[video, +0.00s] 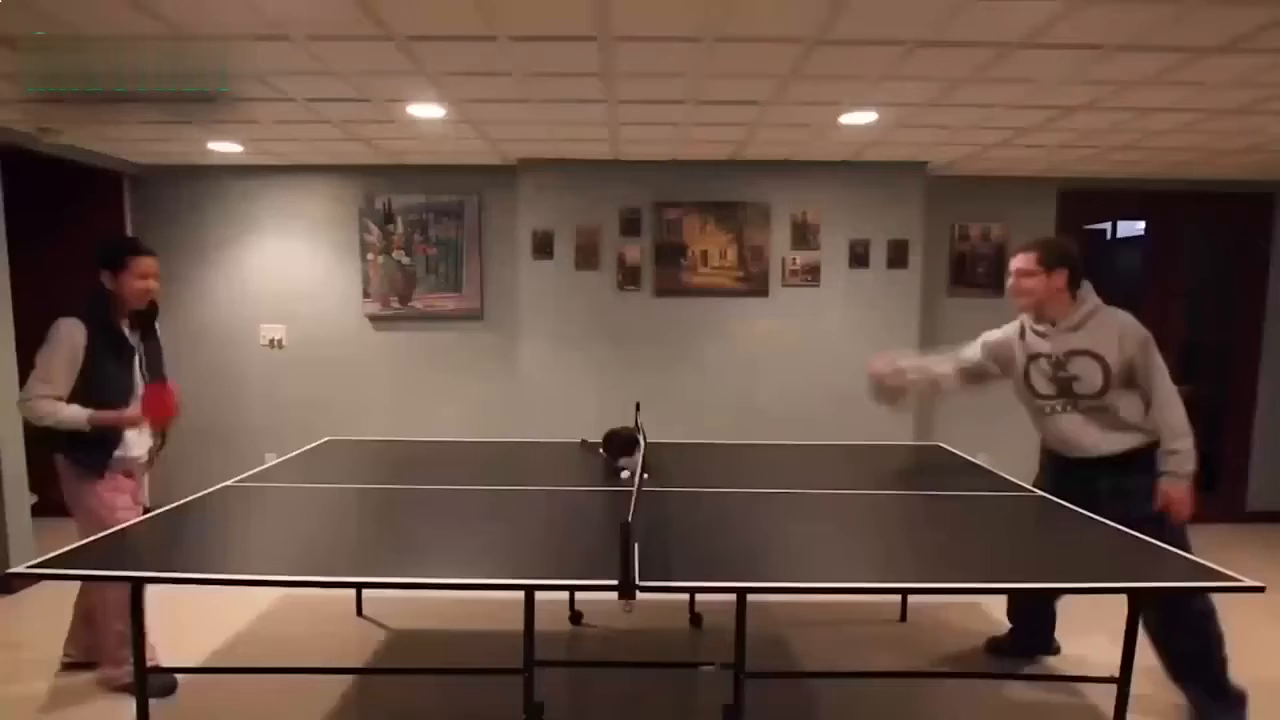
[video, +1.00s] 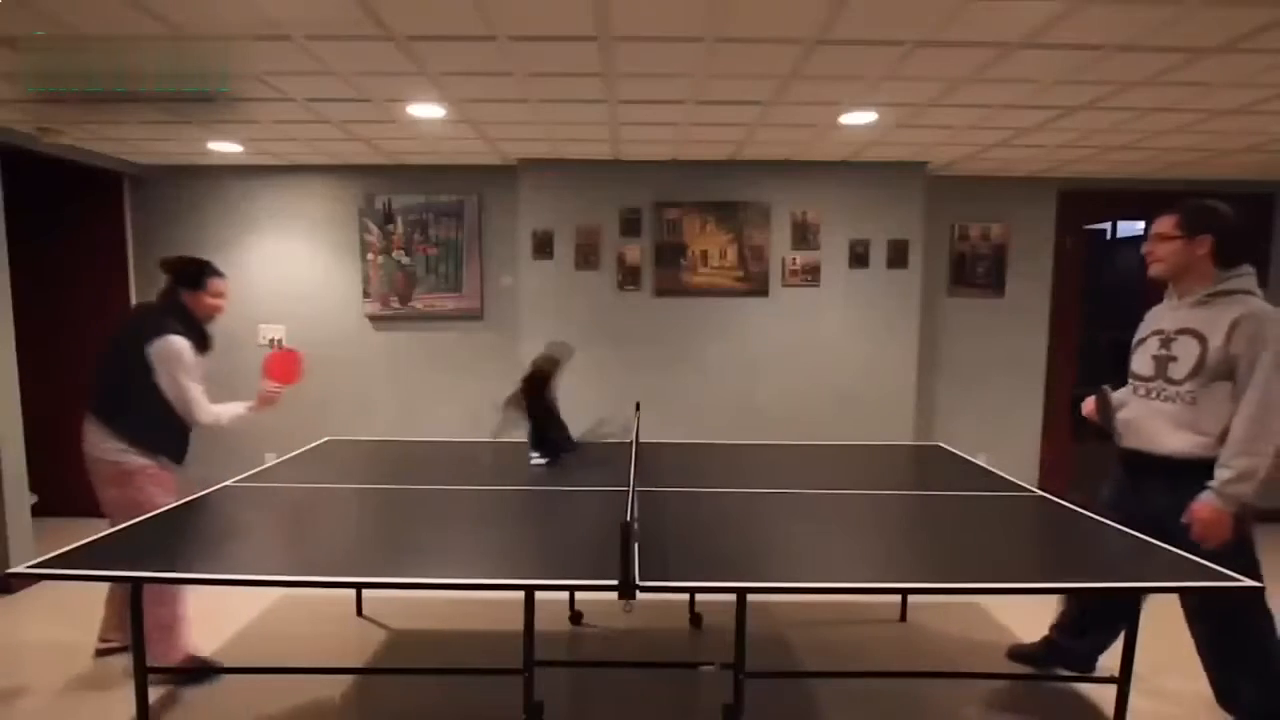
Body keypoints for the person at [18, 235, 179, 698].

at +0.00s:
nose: (152, 288)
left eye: (155, 278)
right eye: (142, 278)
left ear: (156, 282)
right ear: (110, 280)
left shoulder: (145, 333)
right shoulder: (75, 331)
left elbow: (149, 400)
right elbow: (34, 404)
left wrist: (160, 416)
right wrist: (112, 418)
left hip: (134, 466)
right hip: (90, 469)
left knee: (114, 554)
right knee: (127, 554)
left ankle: (83, 647)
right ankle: (124, 667)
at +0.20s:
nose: (168, 296)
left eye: (170, 286)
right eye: (161, 285)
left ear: (161, 288)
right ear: (130, 284)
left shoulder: (155, 335)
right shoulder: (91, 330)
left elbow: (155, 396)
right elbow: (51, 401)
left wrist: (187, 398)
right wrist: (132, 410)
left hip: (147, 463)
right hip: (104, 465)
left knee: (125, 553)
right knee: (156, 543)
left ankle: (86, 650)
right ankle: (187, 659)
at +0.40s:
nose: (238, 316)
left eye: (241, 306)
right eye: (231, 304)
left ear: (220, 306)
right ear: (205, 301)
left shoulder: (203, 346)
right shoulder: (164, 343)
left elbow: (194, 410)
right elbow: (170, 411)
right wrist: (249, 416)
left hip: (181, 475)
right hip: (145, 476)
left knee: (147, 564)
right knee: (213, 559)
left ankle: (92, 652)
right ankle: (228, 658)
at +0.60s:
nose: (283, 321)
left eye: (287, 313)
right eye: (282, 312)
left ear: (251, 298)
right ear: (260, 304)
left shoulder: (208, 320)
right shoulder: (227, 337)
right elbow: (212, 418)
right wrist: (256, 430)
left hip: (148, 442)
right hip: (171, 453)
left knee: (169, 550)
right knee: (221, 552)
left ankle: (136, 640)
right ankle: (228, 658)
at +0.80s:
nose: (261, 320)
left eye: (263, 310)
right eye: (258, 310)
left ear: (224, 302)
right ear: (236, 306)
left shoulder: (179, 326)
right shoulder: (206, 344)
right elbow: (236, 420)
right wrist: (289, 410)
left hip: (132, 454)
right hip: (153, 463)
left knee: (158, 543)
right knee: (212, 549)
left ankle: (123, 634)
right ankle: (227, 658)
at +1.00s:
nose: (221, 306)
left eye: (223, 297)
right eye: (216, 296)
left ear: (186, 294)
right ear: (189, 294)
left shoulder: (151, 320)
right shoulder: (170, 340)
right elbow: (201, 413)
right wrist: (252, 404)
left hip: (111, 449)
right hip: (131, 459)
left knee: (135, 547)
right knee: (165, 550)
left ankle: (116, 633)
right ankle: (168, 655)